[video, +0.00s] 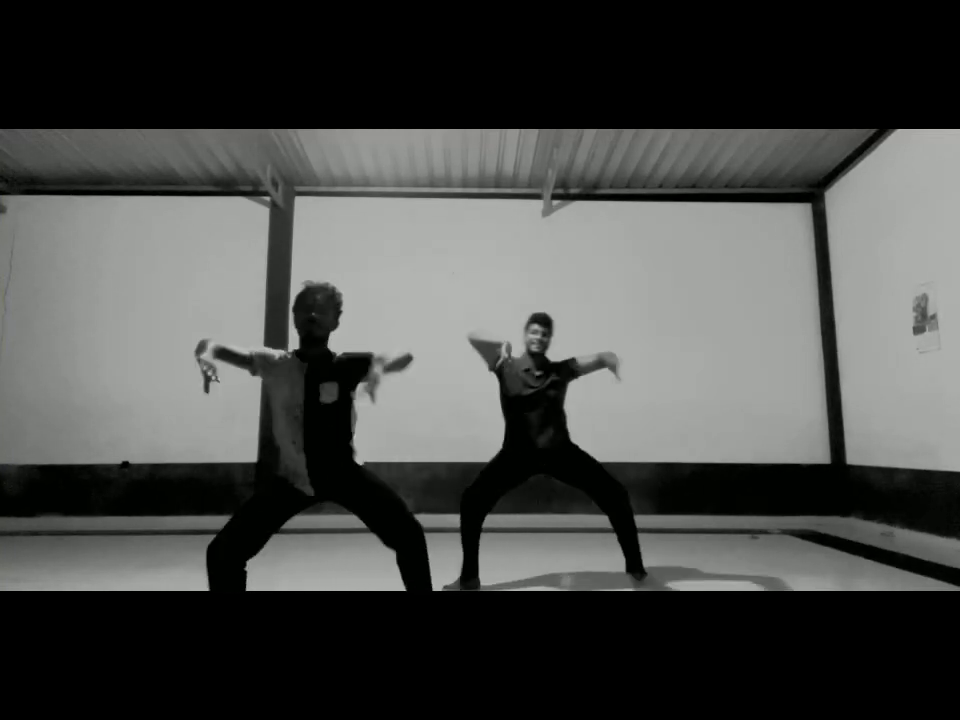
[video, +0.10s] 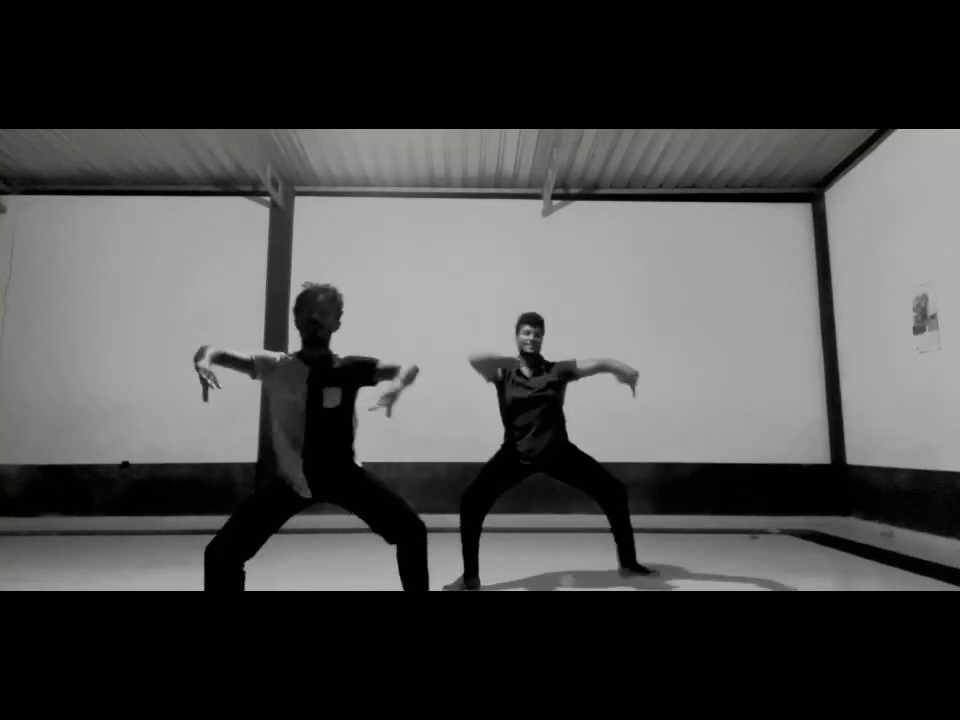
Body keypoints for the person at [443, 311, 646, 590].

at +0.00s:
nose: (538, 338)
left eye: (544, 334)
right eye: (533, 332)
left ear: (550, 339)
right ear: (524, 336)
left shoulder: (561, 370)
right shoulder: (505, 367)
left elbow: (601, 358)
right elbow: (473, 339)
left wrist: (611, 363)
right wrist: (499, 346)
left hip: (560, 454)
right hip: (517, 455)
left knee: (615, 495)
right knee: (472, 501)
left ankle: (636, 571)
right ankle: (469, 577)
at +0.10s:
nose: (531, 338)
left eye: (536, 334)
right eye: (525, 333)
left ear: (542, 338)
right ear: (517, 338)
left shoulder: (559, 371)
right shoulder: (503, 374)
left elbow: (601, 364)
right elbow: (474, 361)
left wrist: (623, 371)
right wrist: (512, 361)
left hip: (557, 452)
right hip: (514, 455)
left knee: (613, 492)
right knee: (471, 501)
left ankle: (628, 563)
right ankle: (470, 576)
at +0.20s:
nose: (537, 343)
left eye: (542, 338)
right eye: (532, 338)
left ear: (549, 342)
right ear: (524, 342)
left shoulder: (564, 376)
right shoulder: (512, 377)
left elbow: (606, 376)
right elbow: (486, 382)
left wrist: (635, 385)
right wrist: (517, 372)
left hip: (559, 457)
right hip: (517, 458)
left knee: (611, 499)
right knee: (473, 503)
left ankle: (618, 574)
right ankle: (469, 579)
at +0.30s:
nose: (551, 344)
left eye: (556, 339)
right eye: (546, 339)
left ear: (562, 342)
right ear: (539, 343)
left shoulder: (579, 378)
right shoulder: (526, 378)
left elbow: (617, 378)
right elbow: (496, 390)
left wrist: (644, 385)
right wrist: (510, 388)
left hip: (567, 459)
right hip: (526, 461)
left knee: (620, 500)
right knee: (482, 507)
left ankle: (616, 571)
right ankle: (469, 577)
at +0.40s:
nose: (564, 333)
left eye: (568, 328)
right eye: (559, 329)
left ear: (576, 329)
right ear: (551, 331)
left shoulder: (594, 364)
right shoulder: (540, 364)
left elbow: (631, 360)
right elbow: (511, 379)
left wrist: (653, 368)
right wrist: (518, 385)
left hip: (583, 449)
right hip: (543, 449)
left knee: (628, 501)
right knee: (504, 505)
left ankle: (618, 571)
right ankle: (472, 575)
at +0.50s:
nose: (572, 320)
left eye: (577, 315)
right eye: (567, 315)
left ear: (585, 314)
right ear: (559, 316)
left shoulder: (600, 345)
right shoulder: (550, 346)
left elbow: (642, 335)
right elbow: (516, 349)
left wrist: (651, 344)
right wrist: (530, 369)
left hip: (595, 433)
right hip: (557, 433)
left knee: (624, 493)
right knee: (530, 492)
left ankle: (621, 568)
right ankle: (505, 563)